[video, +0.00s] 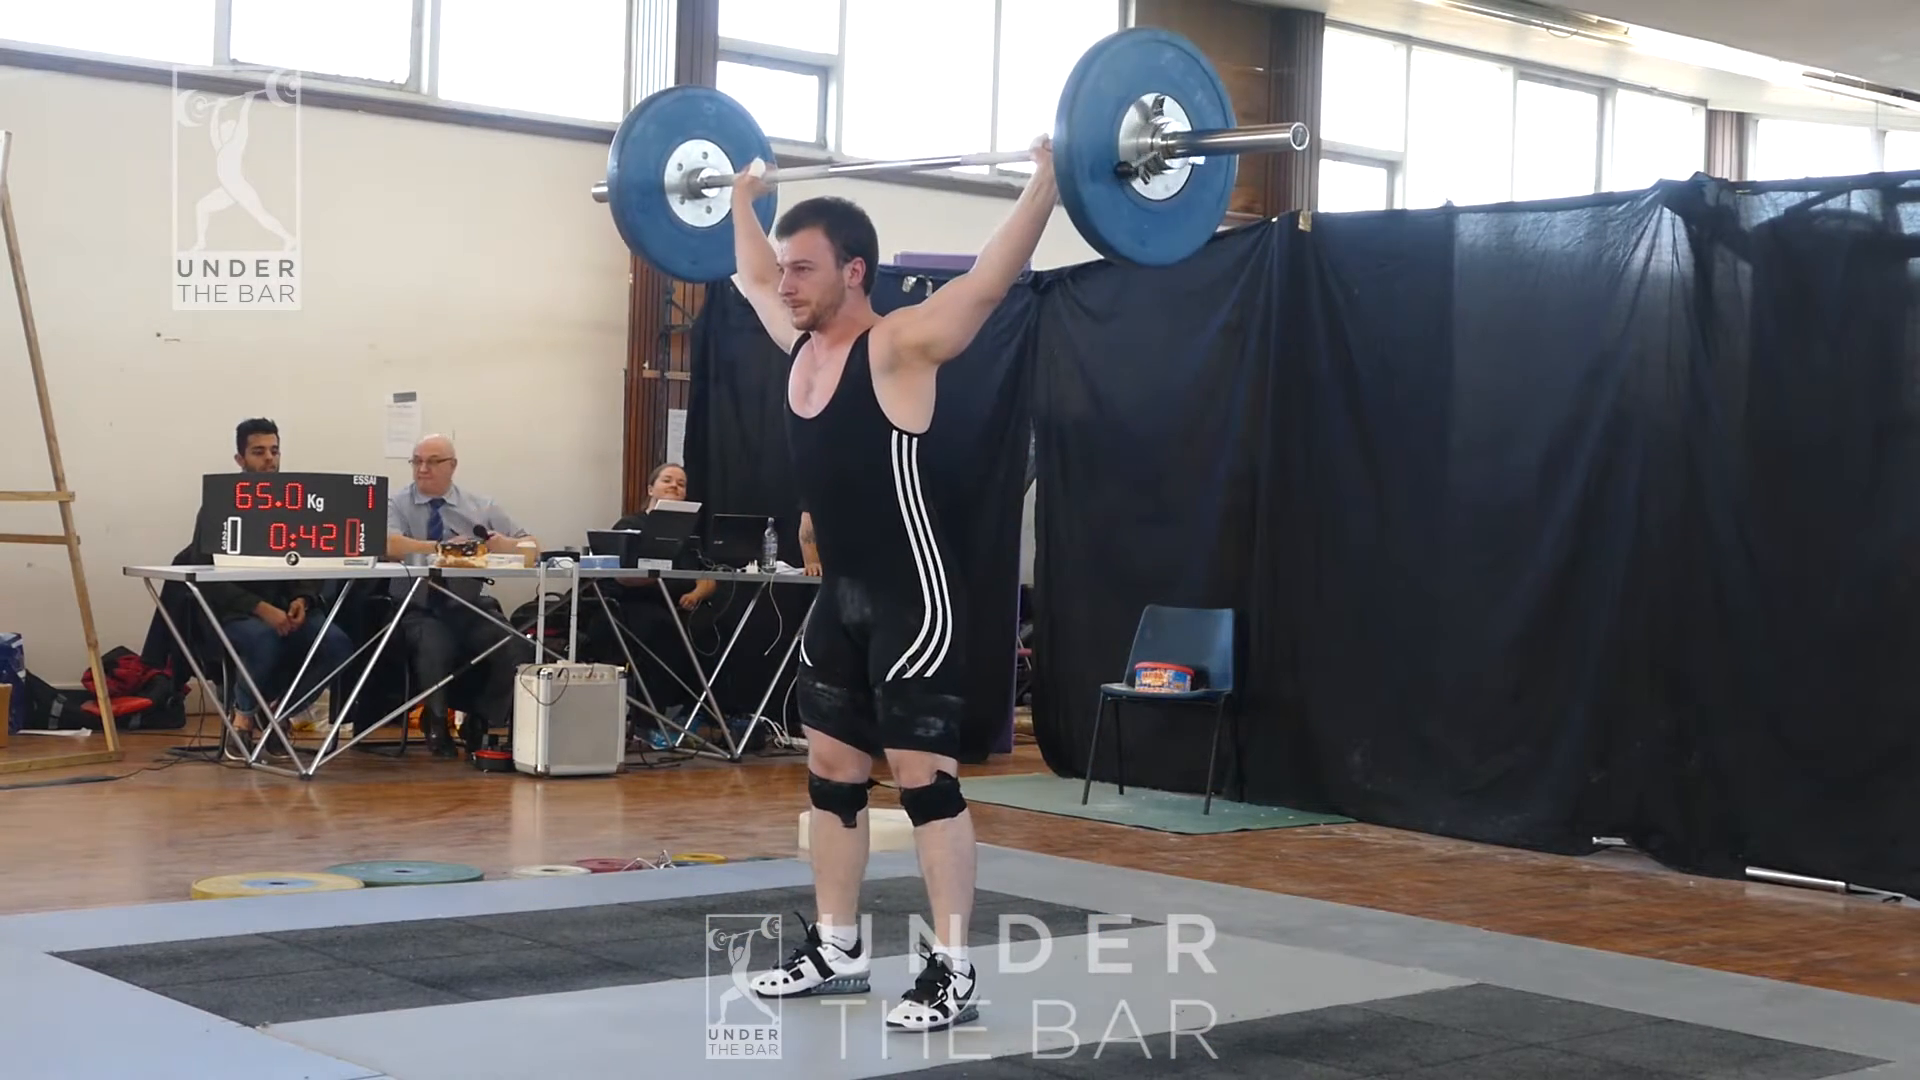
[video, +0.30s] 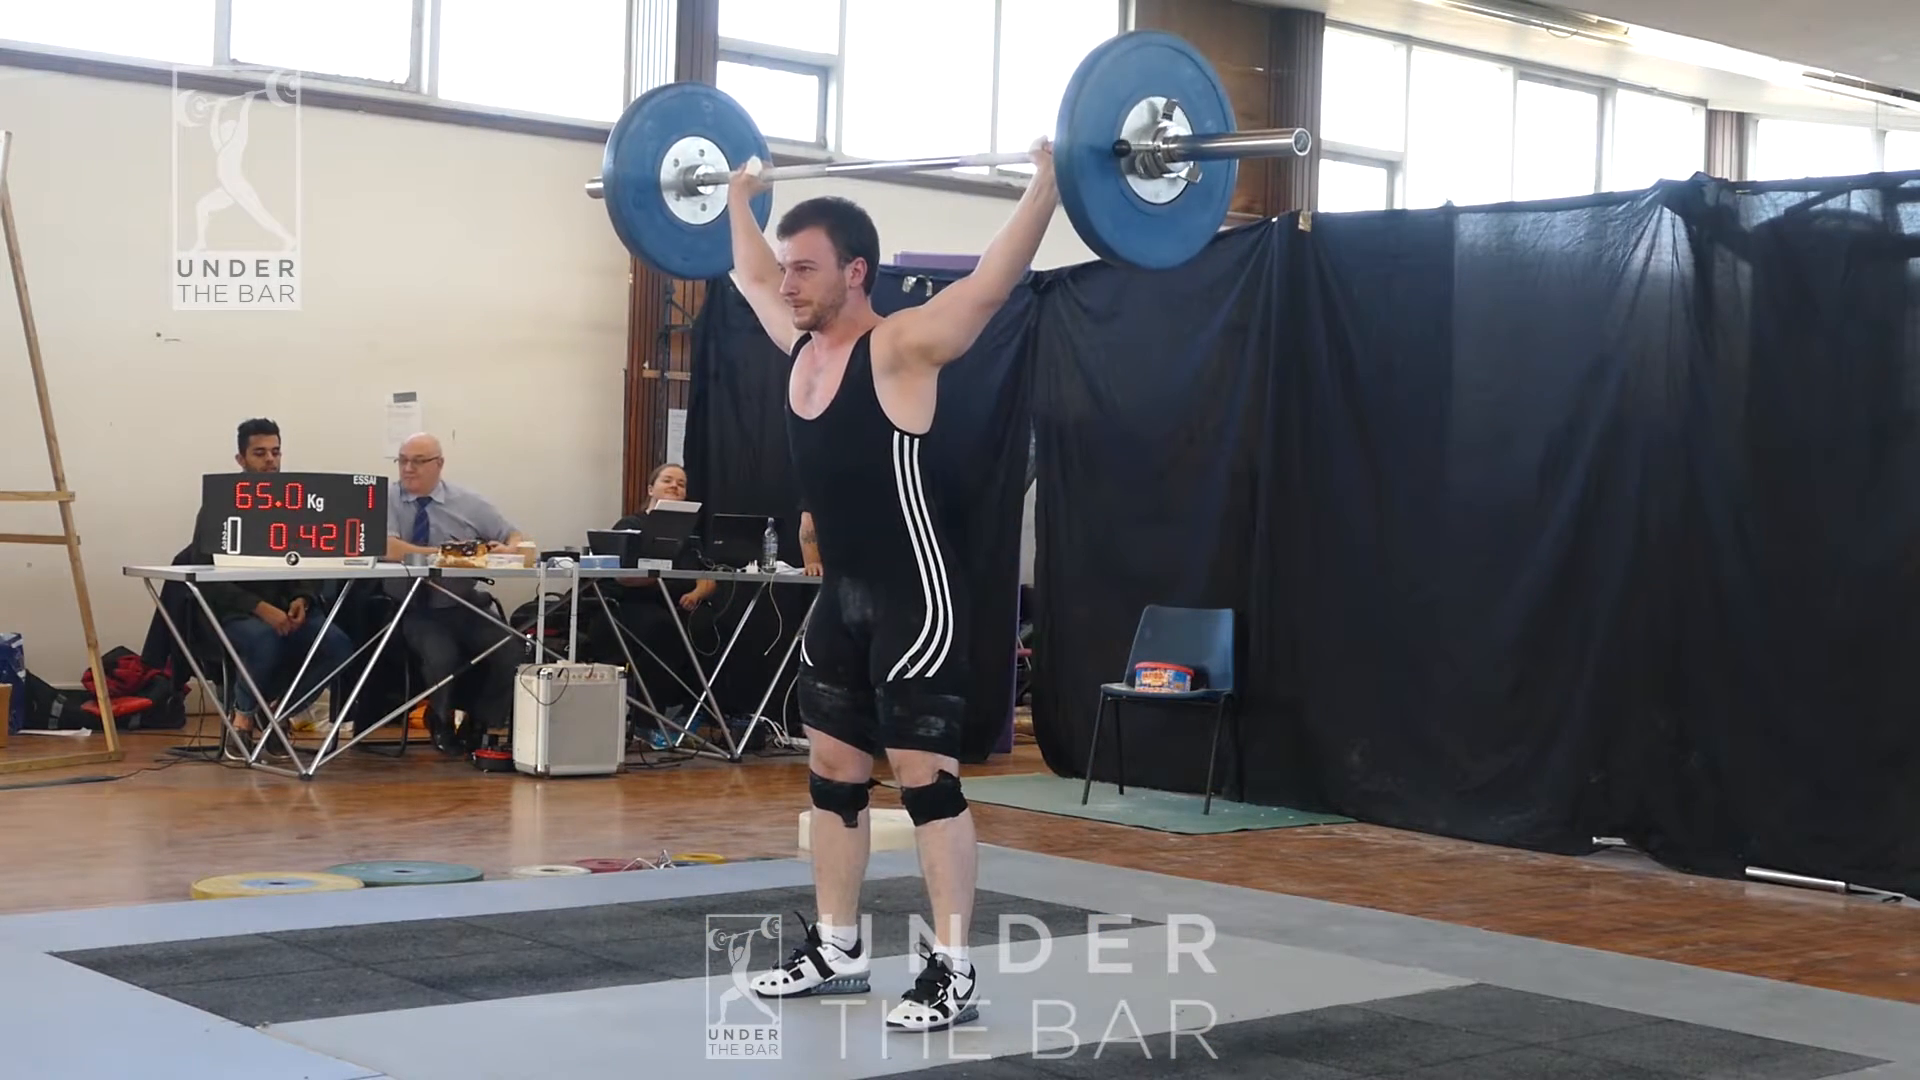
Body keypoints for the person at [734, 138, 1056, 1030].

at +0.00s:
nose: (788, 284)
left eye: (803, 268)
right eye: (784, 272)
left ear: (854, 270)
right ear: (788, 275)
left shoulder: (903, 341)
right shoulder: (805, 347)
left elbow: (985, 280)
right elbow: (756, 279)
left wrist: (1041, 188)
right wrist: (744, 199)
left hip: (916, 597)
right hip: (840, 597)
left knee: (921, 772)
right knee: (833, 766)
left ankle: (949, 968)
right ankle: (838, 951)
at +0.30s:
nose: (790, 284)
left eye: (804, 269)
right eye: (786, 270)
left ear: (855, 271)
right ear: (791, 273)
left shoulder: (904, 343)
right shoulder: (805, 347)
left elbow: (988, 283)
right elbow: (754, 278)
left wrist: (1042, 190)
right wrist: (739, 195)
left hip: (918, 597)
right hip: (840, 597)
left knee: (922, 773)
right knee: (835, 768)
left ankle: (950, 969)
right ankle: (839, 952)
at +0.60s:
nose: (796, 284)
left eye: (811, 268)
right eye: (791, 270)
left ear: (862, 271)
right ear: (792, 274)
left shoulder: (908, 345)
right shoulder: (808, 348)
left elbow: (990, 284)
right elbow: (756, 275)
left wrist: (1043, 190)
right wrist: (736, 193)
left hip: (919, 596)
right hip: (840, 597)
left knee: (924, 773)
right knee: (836, 768)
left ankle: (950, 970)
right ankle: (838, 952)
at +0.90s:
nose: (797, 285)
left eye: (812, 270)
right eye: (792, 272)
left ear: (866, 272)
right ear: (796, 279)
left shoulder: (910, 346)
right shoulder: (809, 350)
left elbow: (989, 289)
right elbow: (757, 282)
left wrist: (1035, 194)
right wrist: (729, 199)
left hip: (920, 596)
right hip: (843, 595)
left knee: (924, 773)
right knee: (836, 768)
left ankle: (951, 972)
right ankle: (837, 952)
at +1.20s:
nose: (869, 278)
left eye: (887, 264)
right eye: (866, 266)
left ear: (936, 272)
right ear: (865, 276)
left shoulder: (961, 345)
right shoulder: (860, 340)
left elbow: (1004, 285)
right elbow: (777, 283)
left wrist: (1015, 189)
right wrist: (712, 200)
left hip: (957, 599)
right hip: (874, 594)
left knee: (936, 770)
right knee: (851, 763)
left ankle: (951, 970)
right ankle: (835, 950)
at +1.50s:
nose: (959, 289)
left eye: (977, 276)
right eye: (957, 276)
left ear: (1024, 289)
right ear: (959, 287)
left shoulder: (1046, 386)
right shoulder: (934, 385)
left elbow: (1088, 498)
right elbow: (846, 448)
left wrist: (1060, 557)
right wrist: (734, 482)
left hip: (1008, 601)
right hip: (937, 593)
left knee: (966, 768)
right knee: (880, 763)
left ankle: (955, 972)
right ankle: (947, 906)